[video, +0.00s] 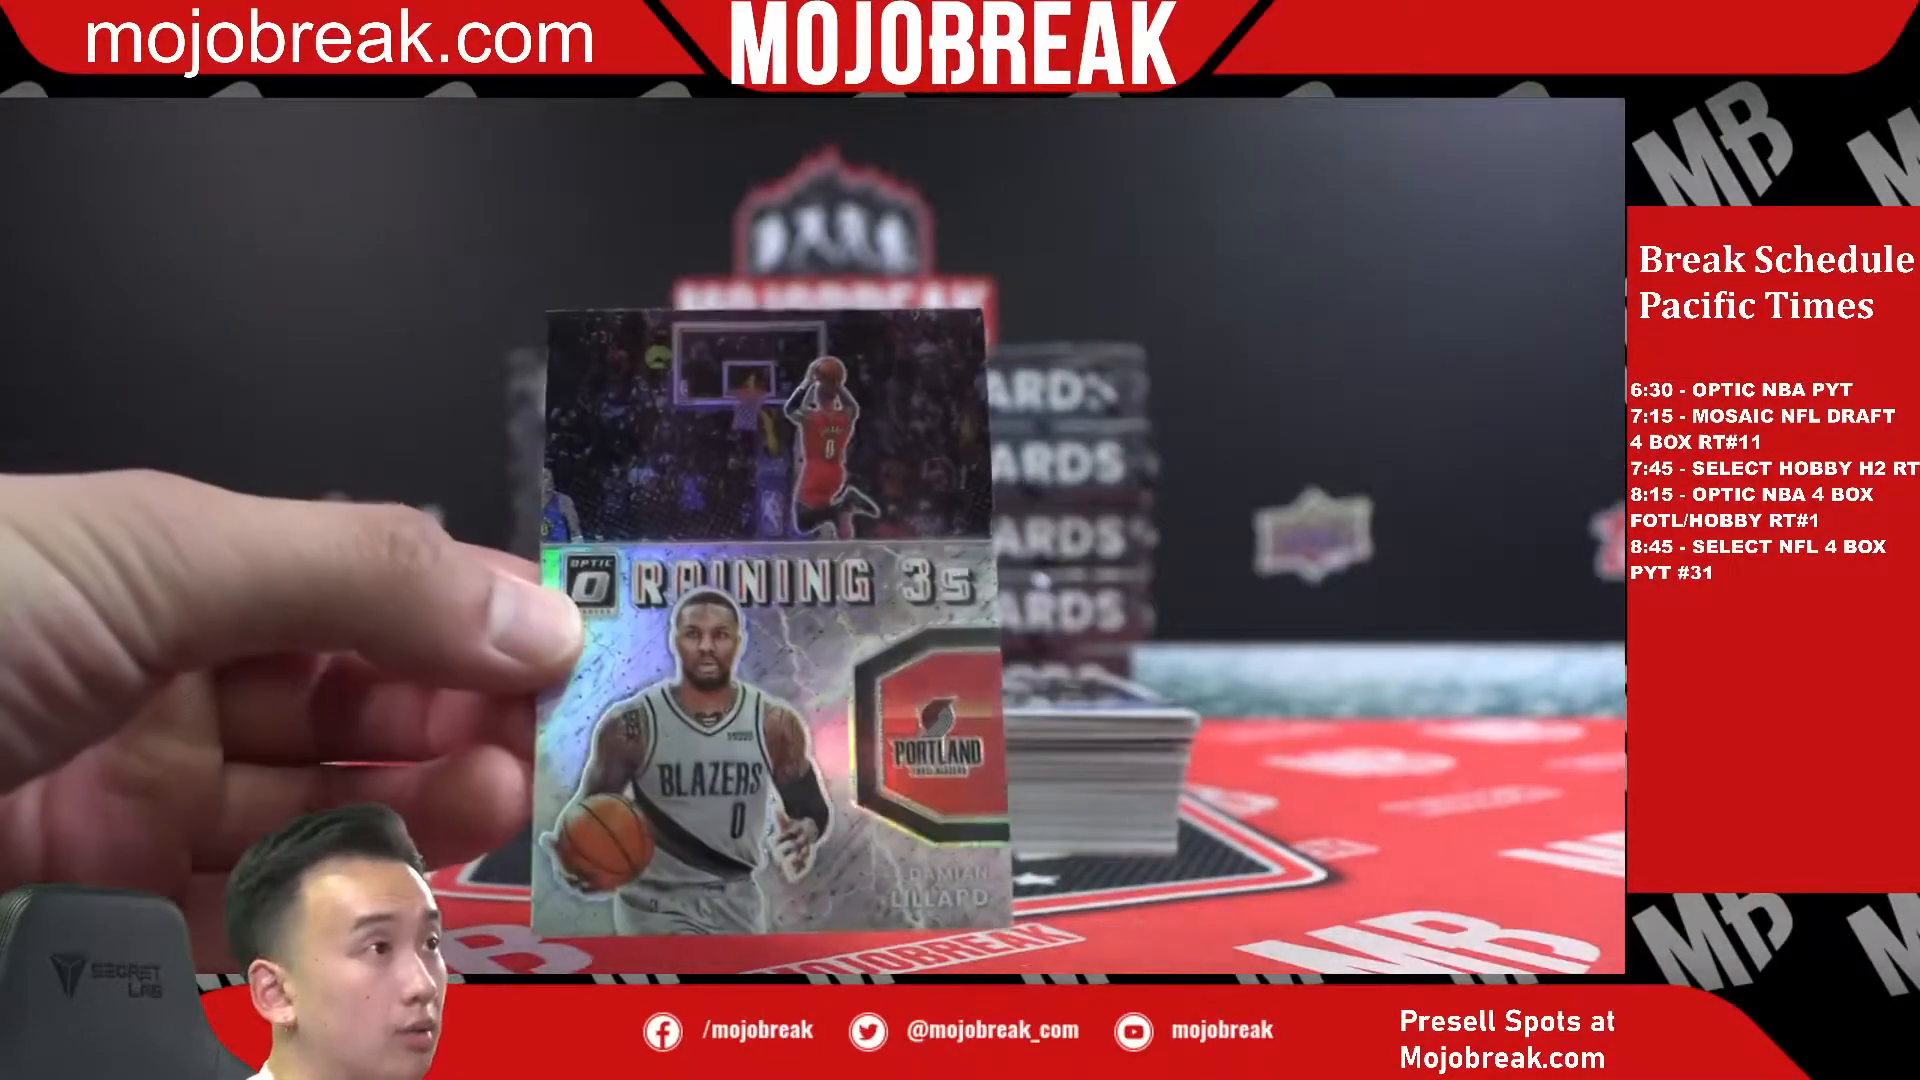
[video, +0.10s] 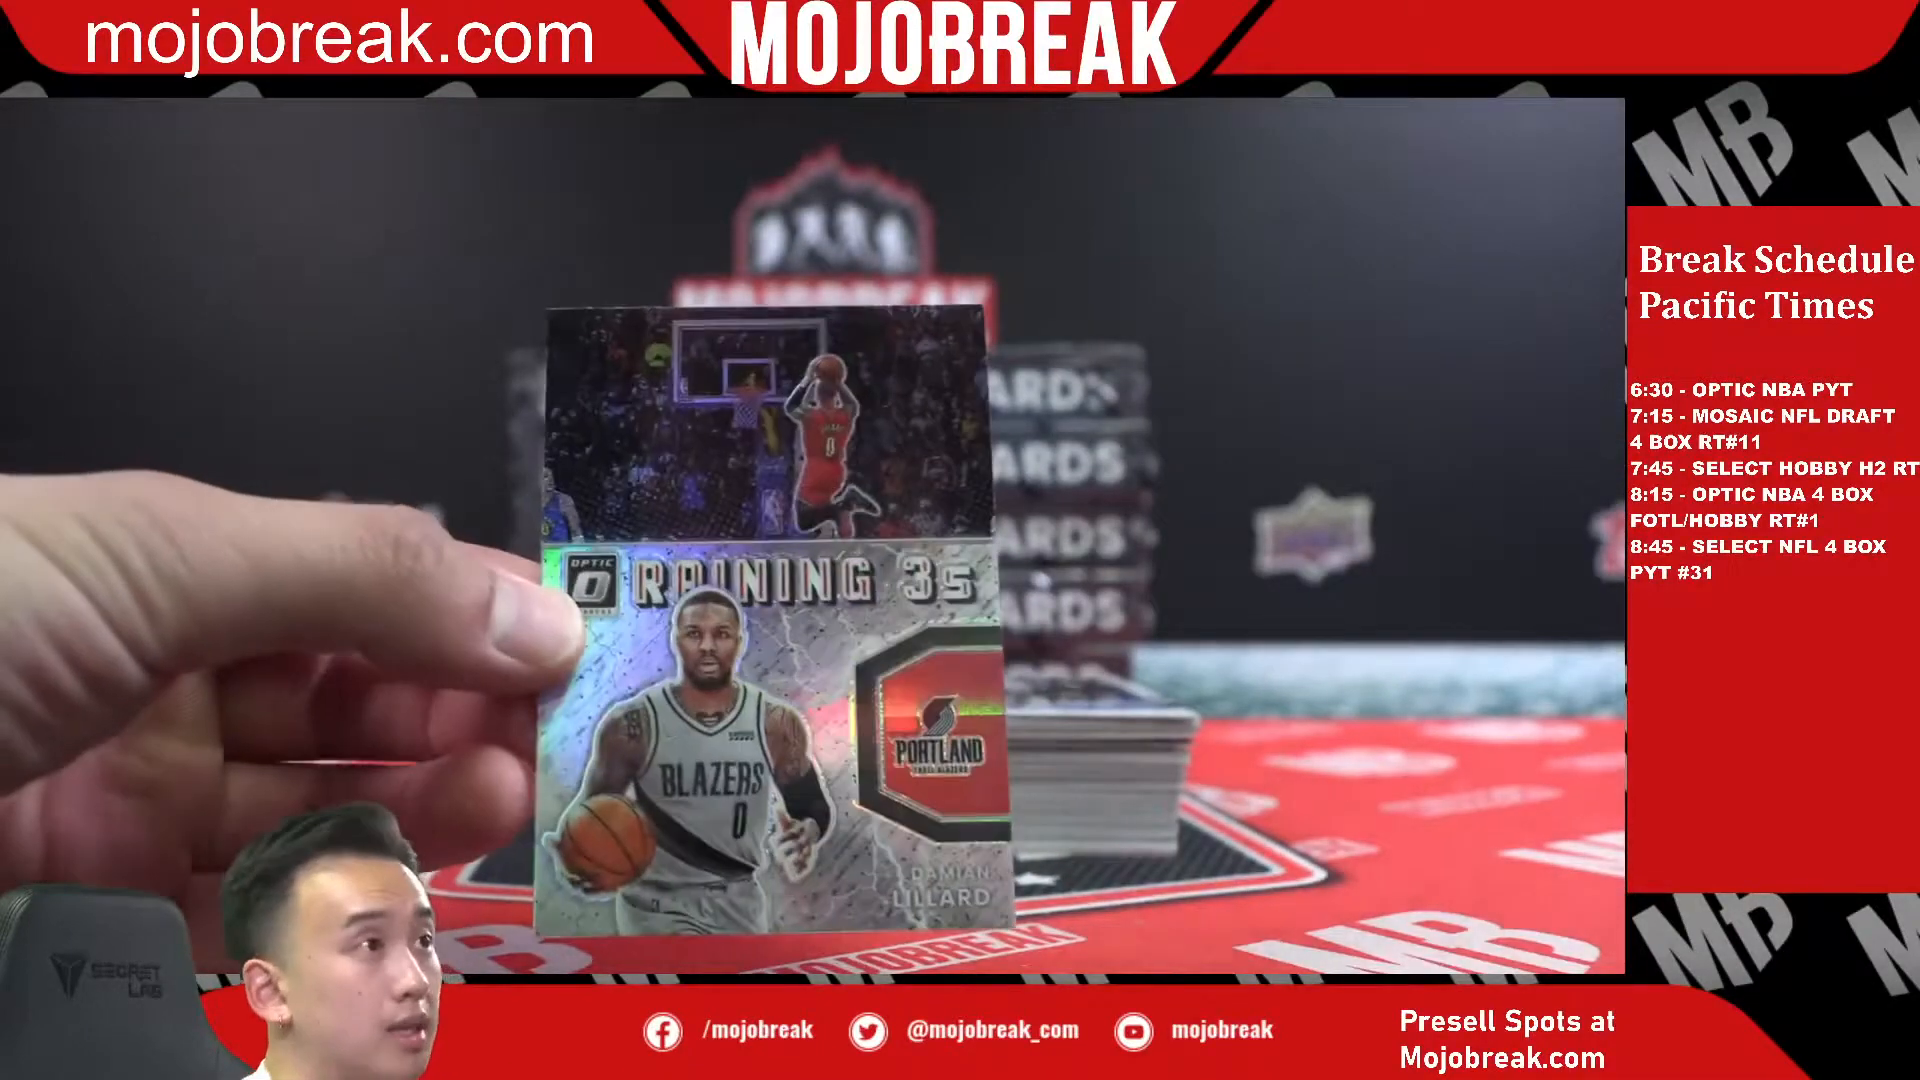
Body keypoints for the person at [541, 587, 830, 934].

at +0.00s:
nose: (707, 647)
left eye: (720, 634)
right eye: (693, 634)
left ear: (739, 643)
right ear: (674, 641)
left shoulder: (776, 723)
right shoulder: (628, 725)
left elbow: (812, 809)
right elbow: (586, 811)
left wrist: (803, 834)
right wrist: (571, 852)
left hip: (738, 901)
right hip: (657, 903)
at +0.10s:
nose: (707, 646)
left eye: (721, 634)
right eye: (694, 634)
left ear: (740, 643)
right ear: (674, 641)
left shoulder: (777, 723)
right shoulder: (629, 724)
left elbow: (814, 808)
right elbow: (588, 812)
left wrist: (804, 835)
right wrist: (572, 850)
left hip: (741, 899)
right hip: (659, 901)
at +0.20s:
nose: (710, 647)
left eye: (724, 635)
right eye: (696, 635)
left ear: (742, 644)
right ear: (676, 642)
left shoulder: (779, 725)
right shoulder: (632, 726)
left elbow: (816, 809)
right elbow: (590, 813)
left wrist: (806, 837)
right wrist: (573, 853)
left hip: (743, 902)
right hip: (661, 904)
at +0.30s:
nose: (711, 648)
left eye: (725, 636)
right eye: (697, 635)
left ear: (743, 645)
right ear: (677, 643)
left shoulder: (780, 726)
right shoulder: (632, 727)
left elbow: (816, 811)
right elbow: (590, 814)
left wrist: (807, 838)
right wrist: (574, 855)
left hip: (743, 904)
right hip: (661, 905)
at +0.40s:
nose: (717, 643)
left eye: (731, 631)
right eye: (704, 631)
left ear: (750, 642)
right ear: (684, 638)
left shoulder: (785, 720)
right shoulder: (641, 721)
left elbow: (824, 801)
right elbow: (598, 805)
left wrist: (817, 827)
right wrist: (584, 844)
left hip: (753, 910)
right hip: (664, 912)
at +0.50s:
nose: (735, 590)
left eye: (749, 576)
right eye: (723, 577)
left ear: (769, 581)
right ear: (708, 584)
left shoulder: (808, 657)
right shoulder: (666, 670)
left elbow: (854, 738)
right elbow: (619, 759)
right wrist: (628, 782)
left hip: (787, 856)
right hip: (701, 860)